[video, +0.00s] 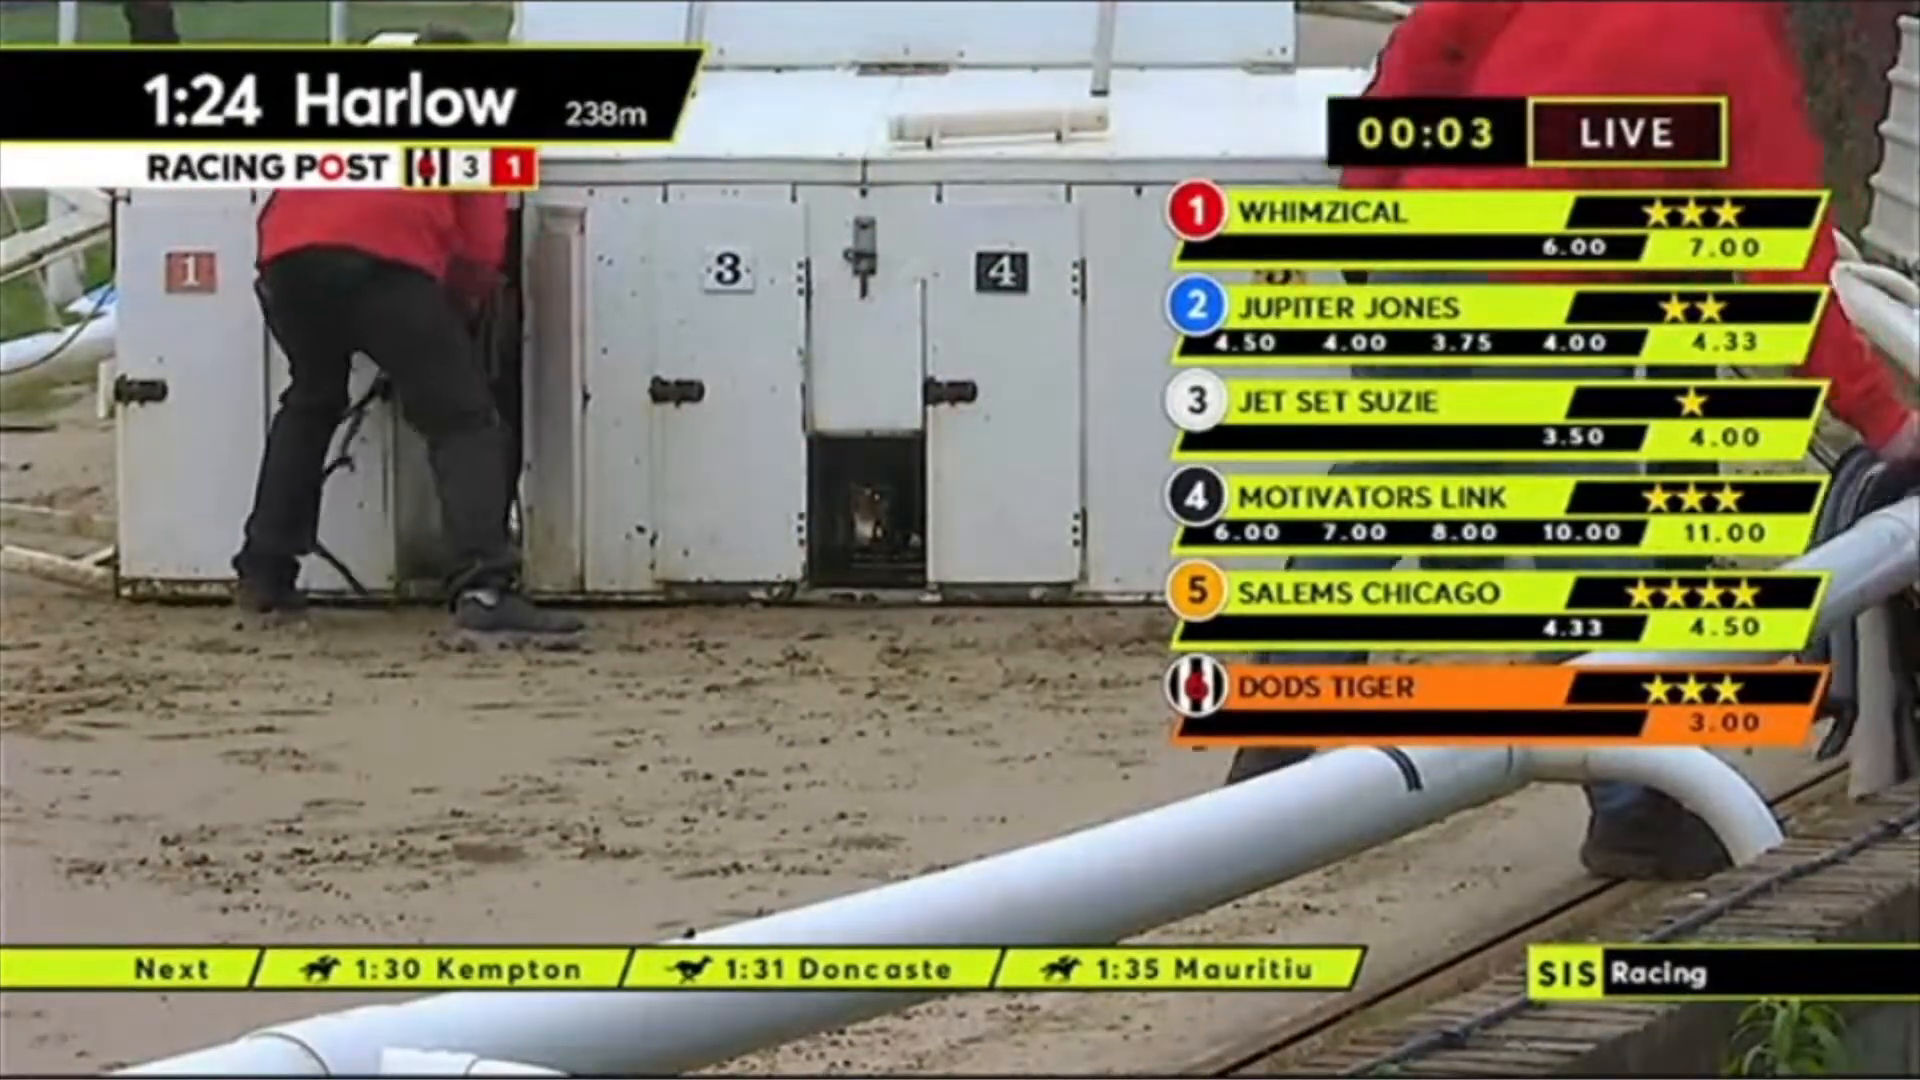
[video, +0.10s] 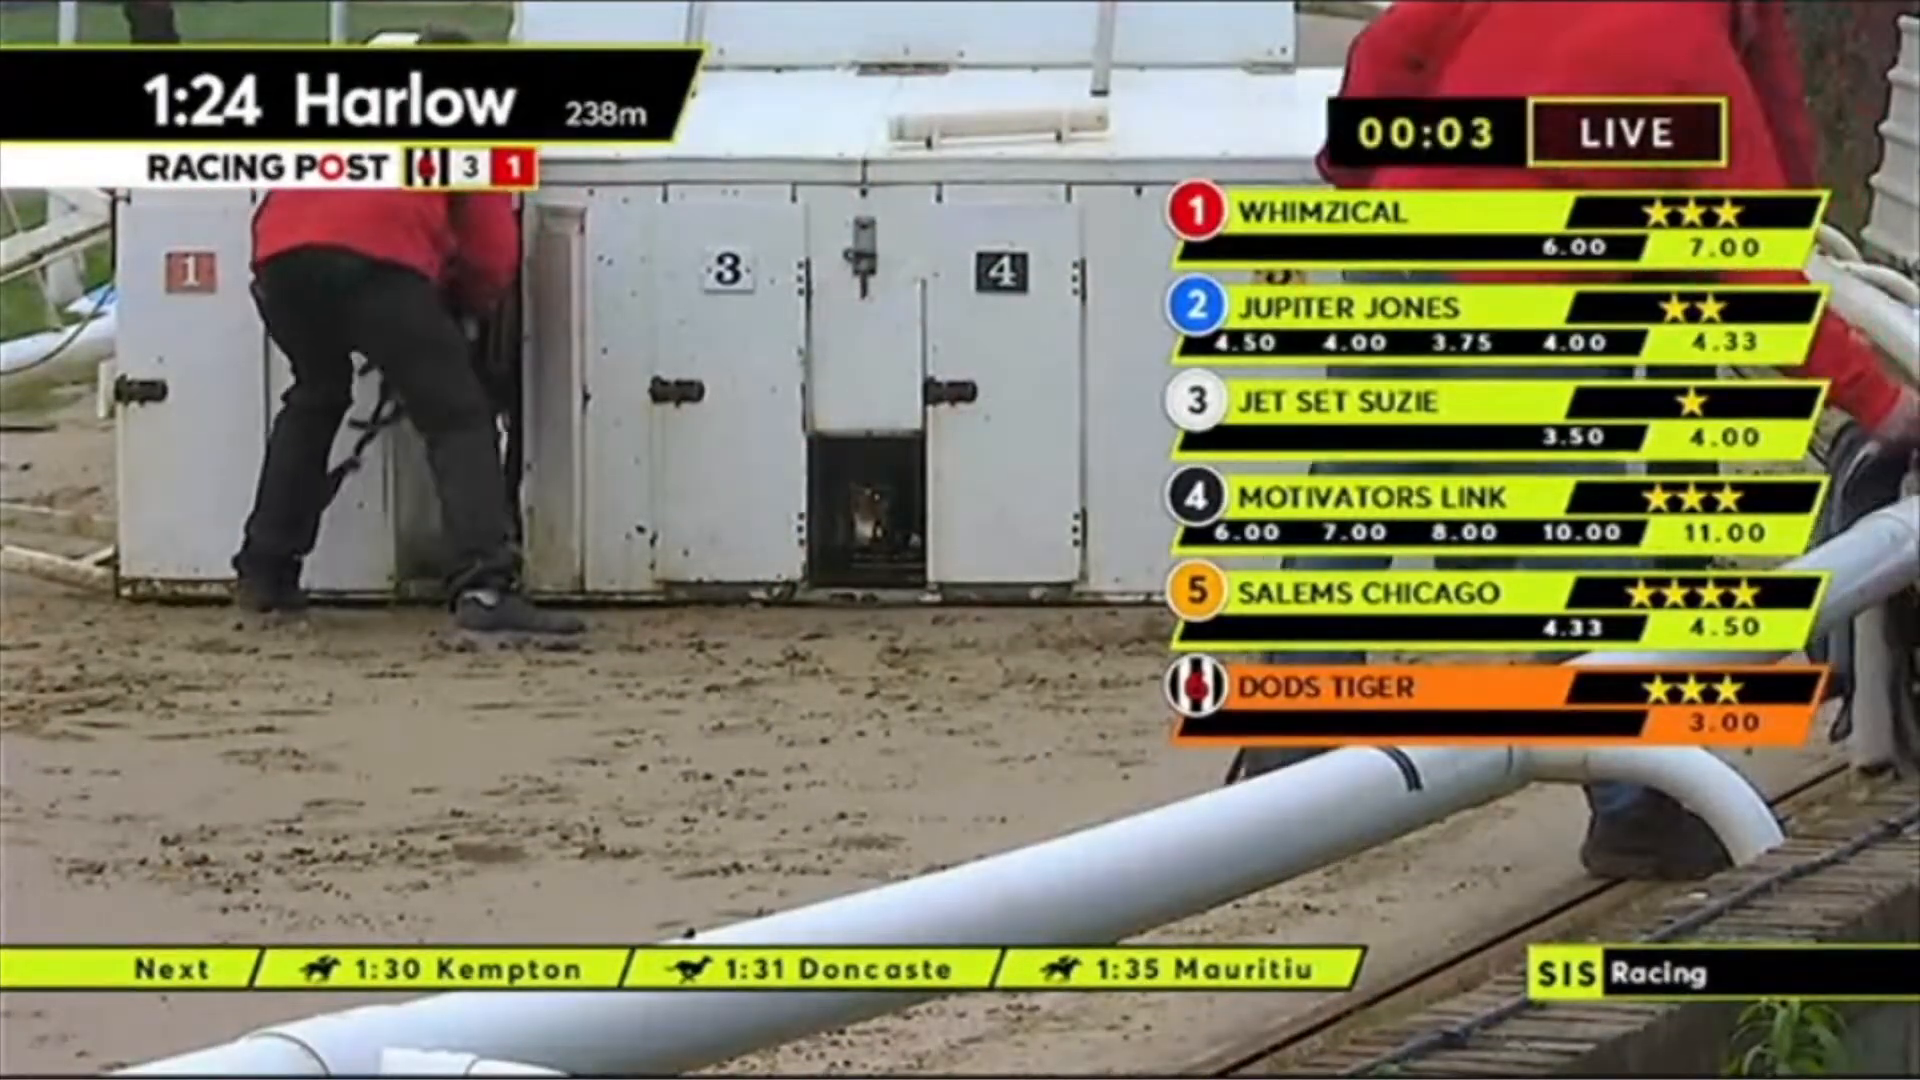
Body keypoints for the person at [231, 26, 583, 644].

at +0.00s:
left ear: (376, 72)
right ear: (463, 86)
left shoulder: (336, 115)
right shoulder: (475, 129)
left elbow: (275, 215)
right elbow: (482, 253)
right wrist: (447, 333)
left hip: (290, 259)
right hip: (388, 264)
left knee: (312, 397)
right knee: (462, 422)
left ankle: (263, 574)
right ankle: (484, 590)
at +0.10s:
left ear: (374, 75)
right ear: (459, 89)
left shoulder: (335, 119)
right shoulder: (471, 130)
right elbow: (493, 254)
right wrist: (464, 310)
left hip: (281, 258)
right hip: (380, 260)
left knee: (317, 391)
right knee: (458, 419)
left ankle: (264, 574)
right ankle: (485, 589)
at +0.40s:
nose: (490, 100)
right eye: (492, 87)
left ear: (418, 54)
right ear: (477, 69)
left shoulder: (359, 102)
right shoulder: (470, 113)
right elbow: (478, 208)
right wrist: (515, 312)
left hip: (278, 258)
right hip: (374, 259)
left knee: (323, 391)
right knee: (464, 414)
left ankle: (263, 575)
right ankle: (487, 593)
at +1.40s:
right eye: (469, 71)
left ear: (409, 29)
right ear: (461, 50)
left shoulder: (330, 61)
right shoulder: (459, 85)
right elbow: (458, 220)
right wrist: (434, 291)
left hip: (259, 244)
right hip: (357, 253)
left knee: (303, 395)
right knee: (415, 416)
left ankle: (262, 574)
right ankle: (424, 585)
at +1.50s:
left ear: (412, 26)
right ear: (461, 43)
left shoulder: (313, 70)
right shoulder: (455, 79)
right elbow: (455, 214)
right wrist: (432, 292)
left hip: (262, 240)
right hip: (365, 245)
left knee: (305, 391)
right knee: (441, 406)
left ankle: (262, 573)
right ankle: (452, 555)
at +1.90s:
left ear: (398, 37)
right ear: (456, 51)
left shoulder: (329, 90)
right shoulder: (462, 93)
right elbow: (487, 214)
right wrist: (465, 276)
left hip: (297, 265)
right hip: (403, 260)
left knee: (307, 393)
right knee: (487, 417)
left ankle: (261, 572)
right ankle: (510, 593)